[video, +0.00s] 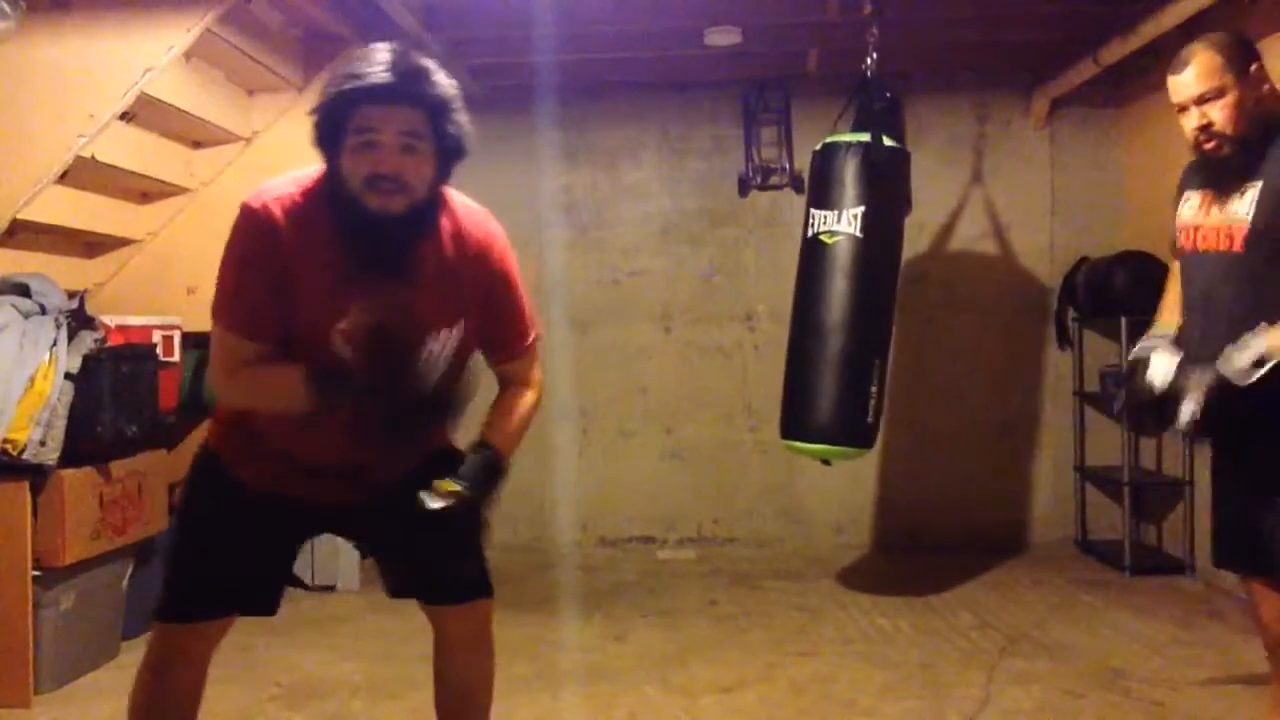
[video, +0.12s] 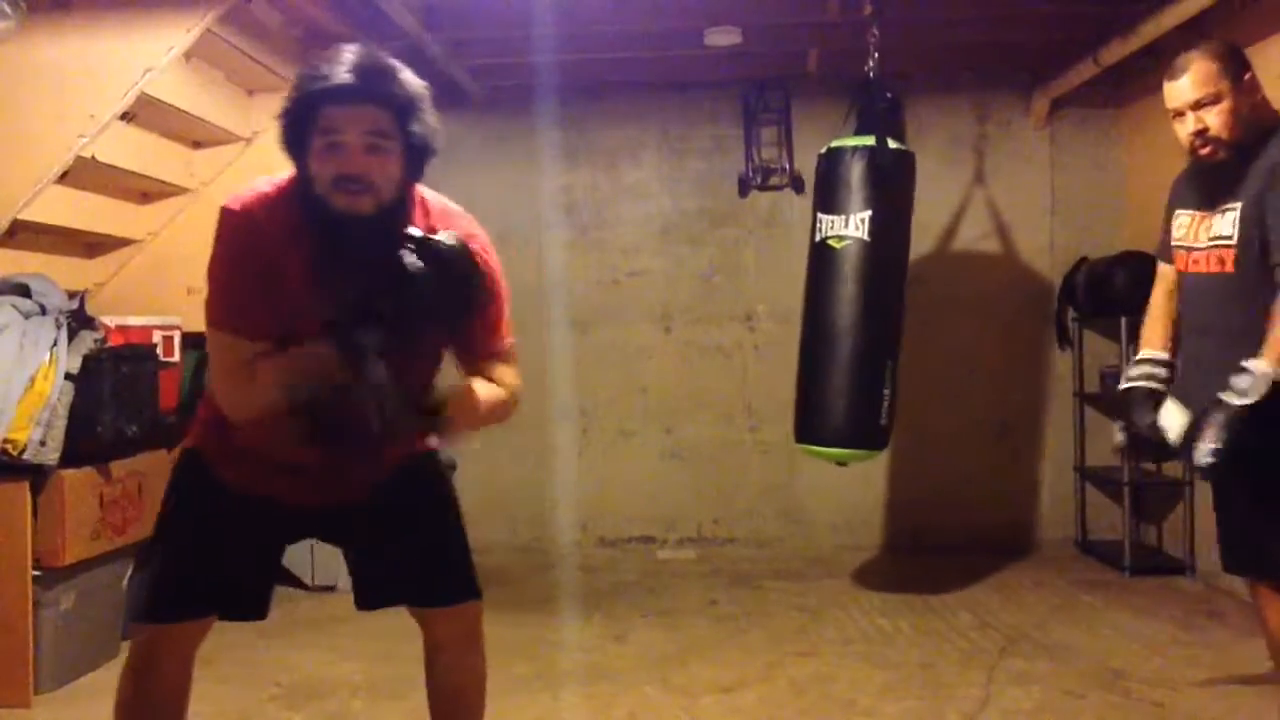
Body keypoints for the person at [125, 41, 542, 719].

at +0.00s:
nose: (387, 163)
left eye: (411, 145)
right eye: (365, 142)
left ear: (443, 158)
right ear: (333, 150)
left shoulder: (474, 244)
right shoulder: (272, 223)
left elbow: (522, 378)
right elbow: (228, 381)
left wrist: (480, 471)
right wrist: (344, 382)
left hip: (403, 466)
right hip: (260, 461)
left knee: (467, 616)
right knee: (183, 634)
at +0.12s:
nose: (353, 164)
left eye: (376, 144)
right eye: (332, 143)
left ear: (411, 155)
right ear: (301, 151)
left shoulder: (454, 237)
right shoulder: (253, 225)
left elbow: (501, 377)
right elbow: (235, 393)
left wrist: (450, 405)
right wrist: (341, 354)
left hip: (390, 460)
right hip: (245, 456)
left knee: (456, 619)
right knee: (161, 634)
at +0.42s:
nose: (303, 144)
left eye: (326, 123)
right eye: (280, 125)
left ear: (364, 136)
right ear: (252, 140)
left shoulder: (411, 224)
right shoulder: (205, 218)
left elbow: (469, 371)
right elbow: (122, 354)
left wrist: (387, 377)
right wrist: (237, 337)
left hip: (374, 462)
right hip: (224, 462)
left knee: (449, 619)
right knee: (144, 638)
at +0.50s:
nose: (293, 150)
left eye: (316, 128)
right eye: (270, 131)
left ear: (355, 142)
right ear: (243, 147)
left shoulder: (413, 242)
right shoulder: (188, 232)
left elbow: (470, 362)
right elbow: (103, 331)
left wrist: (441, 405)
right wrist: (176, 364)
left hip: (370, 468)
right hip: (219, 468)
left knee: (451, 620)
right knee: (138, 645)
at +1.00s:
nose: (295, 77)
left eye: (315, 61)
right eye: (276, 63)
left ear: (348, 78)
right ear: (248, 82)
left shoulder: (396, 171)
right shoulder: (204, 178)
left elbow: (428, 313)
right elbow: (150, 310)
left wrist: (435, 289)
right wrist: (186, 272)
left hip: (372, 469)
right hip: (221, 472)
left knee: (443, 645)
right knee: (143, 664)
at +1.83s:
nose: (282, 92)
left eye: (301, 72)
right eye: (259, 73)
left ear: (332, 83)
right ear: (230, 89)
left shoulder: (391, 181)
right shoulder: (189, 194)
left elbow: (441, 306)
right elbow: (136, 329)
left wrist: (425, 366)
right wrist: (173, 362)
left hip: (375, 475)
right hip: (223, 478)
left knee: (441, 642)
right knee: (152, 659)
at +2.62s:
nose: (242, 36)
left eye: (241, 20)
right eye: (212, 15)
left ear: (251, 41)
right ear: (156, 40)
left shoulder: (295, 142)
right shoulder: (100, 162)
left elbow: (333, 262)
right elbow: (58, 313)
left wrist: (335, 361)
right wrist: (129, 414)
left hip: (296, 437)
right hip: (169, 446)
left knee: (338, 585)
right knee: (153, 633)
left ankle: (323, 715)